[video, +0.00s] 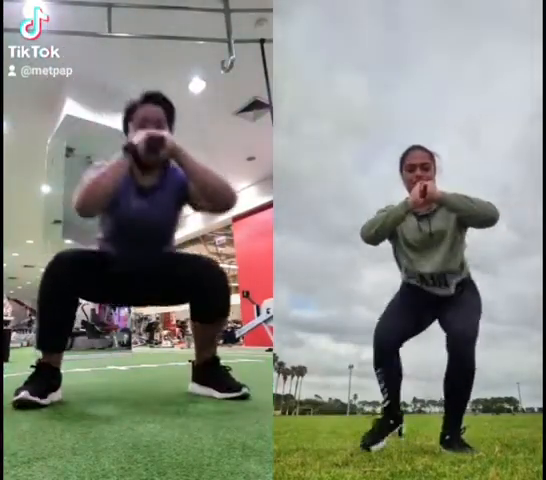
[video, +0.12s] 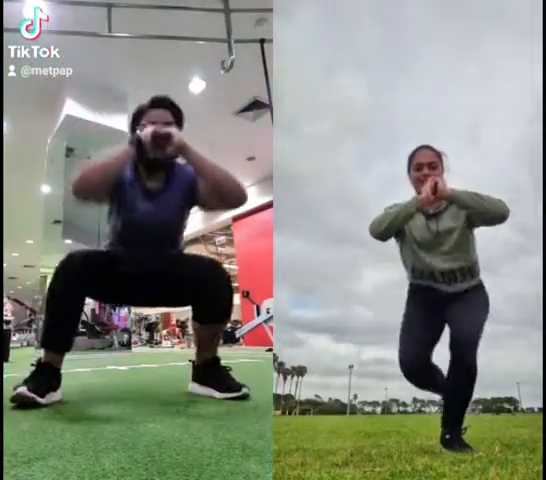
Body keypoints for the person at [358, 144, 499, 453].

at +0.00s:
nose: (419, 175)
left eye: (425, 168)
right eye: (412, 170)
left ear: (435, 172)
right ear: (402, 176)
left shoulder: (452, 207)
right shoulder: (396, 214)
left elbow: (491, 215)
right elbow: (368, 235)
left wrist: (440, 198)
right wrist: (408, 205)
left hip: (458, 294)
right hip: (416, 295)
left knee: (462, 346)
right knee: (384, 339)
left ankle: (451, 434)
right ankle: (391, 415)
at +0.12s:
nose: (426, 174)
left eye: (432, 167)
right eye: (419, 169)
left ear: (443, 171)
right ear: (410, 176)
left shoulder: (461, 207)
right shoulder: (403, 212)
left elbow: (501, 212)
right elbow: (377, 231)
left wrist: (450, 195)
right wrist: (418, 202)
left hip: (467, 294)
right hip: (424, 296)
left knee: (464, 356)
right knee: (412, 365)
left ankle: (452, 436)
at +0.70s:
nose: (443, 224)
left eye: (450, 218)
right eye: (435, 220)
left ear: (460, 224)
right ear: (427, 229)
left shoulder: (481, 259)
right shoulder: (421, 267)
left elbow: (525, 264)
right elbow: (395, 289)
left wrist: (469, 248)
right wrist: (440, 258)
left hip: (500, 338)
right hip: (455, 349)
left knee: (476, 346)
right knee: (502, 435)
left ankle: (455, 434)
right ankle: (534, 414)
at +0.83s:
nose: (437, 195)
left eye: (443, 189)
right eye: (429, 190)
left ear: (453, 195)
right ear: (420, 198)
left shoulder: (473, 233)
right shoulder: (413, 235)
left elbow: (519, 238)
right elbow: (389, 255)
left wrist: (466, 220)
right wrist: (435, 226)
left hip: (482, 313)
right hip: (440, 323)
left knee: (473, 343)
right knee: (470, 405)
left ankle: (455, 433)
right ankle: (525, 410)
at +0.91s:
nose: (433, 185)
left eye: (440, 178)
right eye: (425, 180)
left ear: (450, 183)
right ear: (416, 187)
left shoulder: (468, 221)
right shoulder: (409, 224)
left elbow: (513, 232)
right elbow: (386, 246)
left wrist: (463, 215)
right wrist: (431, 220)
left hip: (476, 306)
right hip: (434, 313)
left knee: (471, 342)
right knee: (448, 398)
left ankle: (454, 433)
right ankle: (502, 403)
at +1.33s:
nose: (407, 204)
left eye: (414, 198)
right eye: (400, 198)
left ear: (424, 204)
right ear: (390, 206)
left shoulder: (440, 242)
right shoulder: (379, 243)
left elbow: (478, 257)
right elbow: (347, 271)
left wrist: (429, 234)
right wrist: (397, 239)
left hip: (435, 326)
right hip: (389, 327)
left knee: (462, 342)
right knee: (357, 344)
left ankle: (452, 435)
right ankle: (350, 438)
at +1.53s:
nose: (394, 231)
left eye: (402, 225)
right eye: (387, 225)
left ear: (411, 232)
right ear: (377, 233)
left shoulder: (426, 267)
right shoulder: (364, 270)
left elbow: (465, 295)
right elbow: (330, 299)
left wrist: (413, 265)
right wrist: (382, 268)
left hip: (420, 354)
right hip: (376, 355)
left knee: (454, 343)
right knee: (341, 346)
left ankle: (451, 436)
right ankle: (349, 440)